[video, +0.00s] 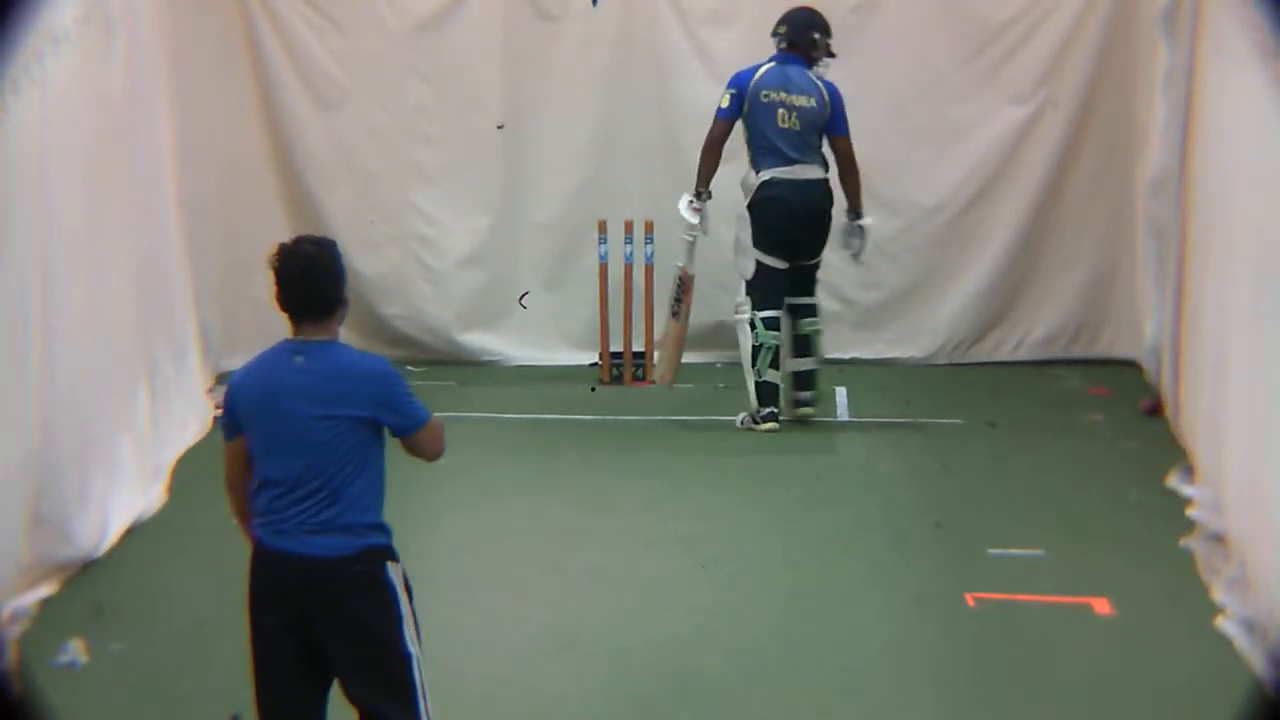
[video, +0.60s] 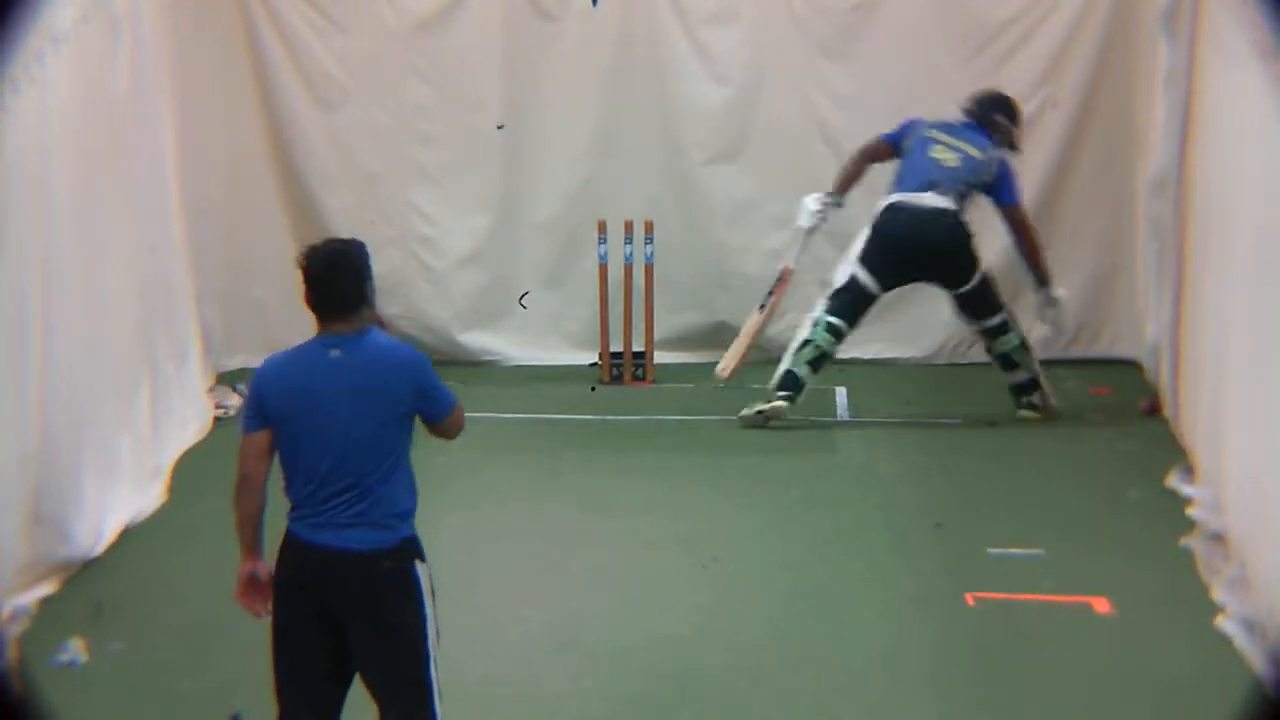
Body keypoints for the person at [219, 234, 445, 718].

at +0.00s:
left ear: (279, 301)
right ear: (344, 296)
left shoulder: (248, 380)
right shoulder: (370, 374)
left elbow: (237, 482)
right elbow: (431, 445)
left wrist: (261, 539)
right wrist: (391, 402)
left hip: (276, 574)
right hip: (357, 575)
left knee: (285, 709)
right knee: (395, 707)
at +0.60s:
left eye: (304, 285)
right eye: (368, 284)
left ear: (308, 297)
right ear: (369, 291)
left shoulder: (275, 375)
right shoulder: (401, 362)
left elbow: (250, 476)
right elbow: (449, 423)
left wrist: (252, 556)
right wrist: (394, 345)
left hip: (305, 573)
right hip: (384, 574)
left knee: (304, 709)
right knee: (410, 707)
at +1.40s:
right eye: (425, 281)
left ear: (366, 294)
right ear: (426, 291)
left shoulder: (334, 365)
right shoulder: (448, 362)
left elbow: (292, 466)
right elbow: (483, 459)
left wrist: (279, 548)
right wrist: (458, 430)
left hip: (353, 563)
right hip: (431, 564)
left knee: (331, 704)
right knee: (428, 705)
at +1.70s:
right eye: (437, 288)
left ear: (379, 300)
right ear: (439, 301)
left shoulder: (341, 375)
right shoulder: (467, 376)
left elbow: (305, 473)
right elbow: (509, 468)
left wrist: (314, 544)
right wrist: (483, 518)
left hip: (364, 571)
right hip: (444, 573)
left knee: (342, 704)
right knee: (434, 705)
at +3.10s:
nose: (404, 311)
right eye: (403, 305)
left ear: (343, 321)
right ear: (403, 318)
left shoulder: (304, 386)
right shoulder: (426, 378)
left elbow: (280, 476)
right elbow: (471, 463)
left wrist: (339, 446)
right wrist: (421, 440)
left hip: (293, 559)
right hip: (365, 558)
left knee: (298, 694)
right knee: (377, 696)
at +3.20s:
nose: (406, 324)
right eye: (404, 317)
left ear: (344, 331)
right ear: (403, 327)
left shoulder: (305, 389)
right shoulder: (424, 384)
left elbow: (289, 462)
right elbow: (463, 470)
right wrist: (419, 439)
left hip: (280, 550)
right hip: (352, 550)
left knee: (287, 685)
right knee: (365, 688)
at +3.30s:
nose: (410, 334)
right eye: (409, 326)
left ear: (345, 337)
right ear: (406, 336)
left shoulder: (303, 393)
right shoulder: (425, 392)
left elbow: (296, 465)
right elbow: (440, 490)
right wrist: (420, 498)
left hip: (274, 549)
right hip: (343, 551)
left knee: (281, 689)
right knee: (350, 694)